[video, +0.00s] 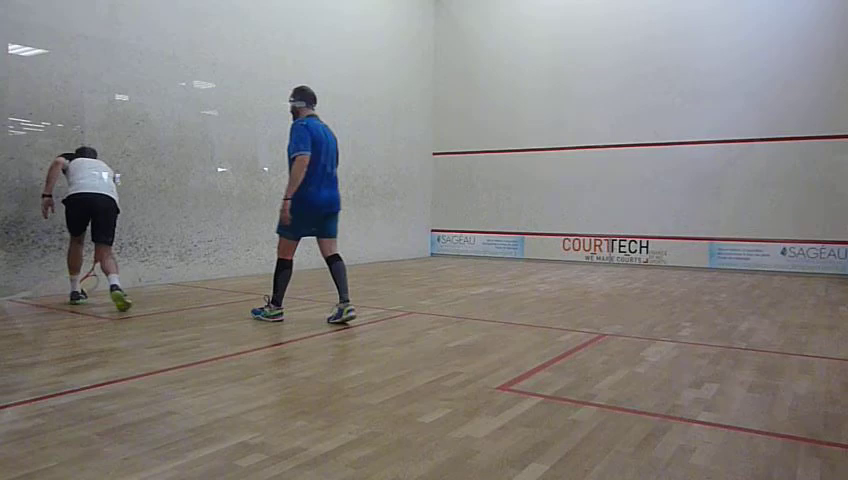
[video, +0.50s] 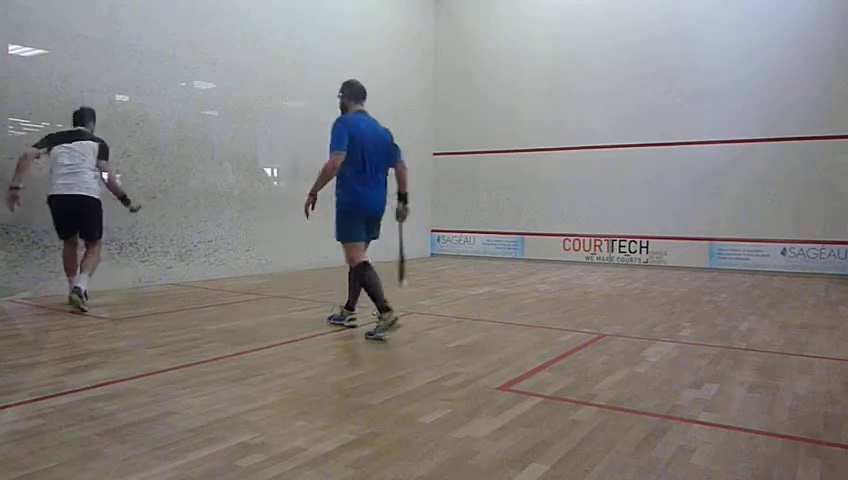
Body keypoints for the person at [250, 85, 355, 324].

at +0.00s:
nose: (291, 110)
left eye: (292, 106)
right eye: (291, 106)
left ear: (297, 106)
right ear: (313, 106)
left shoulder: (300, 127)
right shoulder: (327, 131)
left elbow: (302, 160)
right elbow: (331, 168)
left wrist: (287, 197)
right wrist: (324, 196)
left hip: (303, 200)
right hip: (330, 200)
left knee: (285, 251)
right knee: (330, 249)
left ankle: (275, 305)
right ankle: (345, 303)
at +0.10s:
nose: (297, 109)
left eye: (299, 105)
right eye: (298, 105)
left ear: (306, 105)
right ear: (320, 106)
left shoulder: (309, 126)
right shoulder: (334, 130)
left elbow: (312, 159)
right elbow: (339, 167)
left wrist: (297, 197)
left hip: (313, 200)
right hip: (338, 200)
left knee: (293, 252)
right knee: (338, 252)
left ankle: (278, 305)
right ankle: (346, 307)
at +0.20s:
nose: (308, 106)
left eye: (310, 102)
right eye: (308, 102)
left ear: (319, 103)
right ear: (331, 103)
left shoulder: (320, 123)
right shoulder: (346, 128)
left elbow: (321, 156)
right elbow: (352, 166)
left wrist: (308, 194)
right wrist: (349, 197)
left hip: (324, 197)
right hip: (349, 199)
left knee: (299, 246)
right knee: (345, 249)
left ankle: (298, 307)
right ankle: (347, 309)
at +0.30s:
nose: (319, 105)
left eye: (320, 100)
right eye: (319, 100)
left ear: (325, 101)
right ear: (342, 100)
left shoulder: (328, 121)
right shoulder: (359, 128)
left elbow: (328, 155)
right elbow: (370, 171)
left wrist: (312, 191)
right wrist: (360, 196)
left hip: (331, 198)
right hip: (358, 200)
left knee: (310, 247)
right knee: (350, 249)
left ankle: (332, 302)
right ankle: (348, 309)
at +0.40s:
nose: (329, 102)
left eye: (330, 98)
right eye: (329, 98)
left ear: (335, 98)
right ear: (353, 99)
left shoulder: (336, 121)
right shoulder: (370, 128)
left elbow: (332, 158)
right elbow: (385, 167)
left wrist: (312, 190)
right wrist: (383, 200)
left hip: (340, 199)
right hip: (367, 201)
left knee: (329, 254)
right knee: (353, 251)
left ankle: (365, 300)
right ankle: (349, 308)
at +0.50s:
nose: (339, 103)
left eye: (340, 99)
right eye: (340, 99)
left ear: (344, 100)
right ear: (363, 100)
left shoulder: (344, 124)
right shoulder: (381, 130)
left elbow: (336, 161)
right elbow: (400, 165)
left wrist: (314, 191)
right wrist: (403, 199)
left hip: (351, 203)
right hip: (376, 204)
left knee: (356, 258)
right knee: (358, 257)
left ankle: (386, 312)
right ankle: (349, 310)